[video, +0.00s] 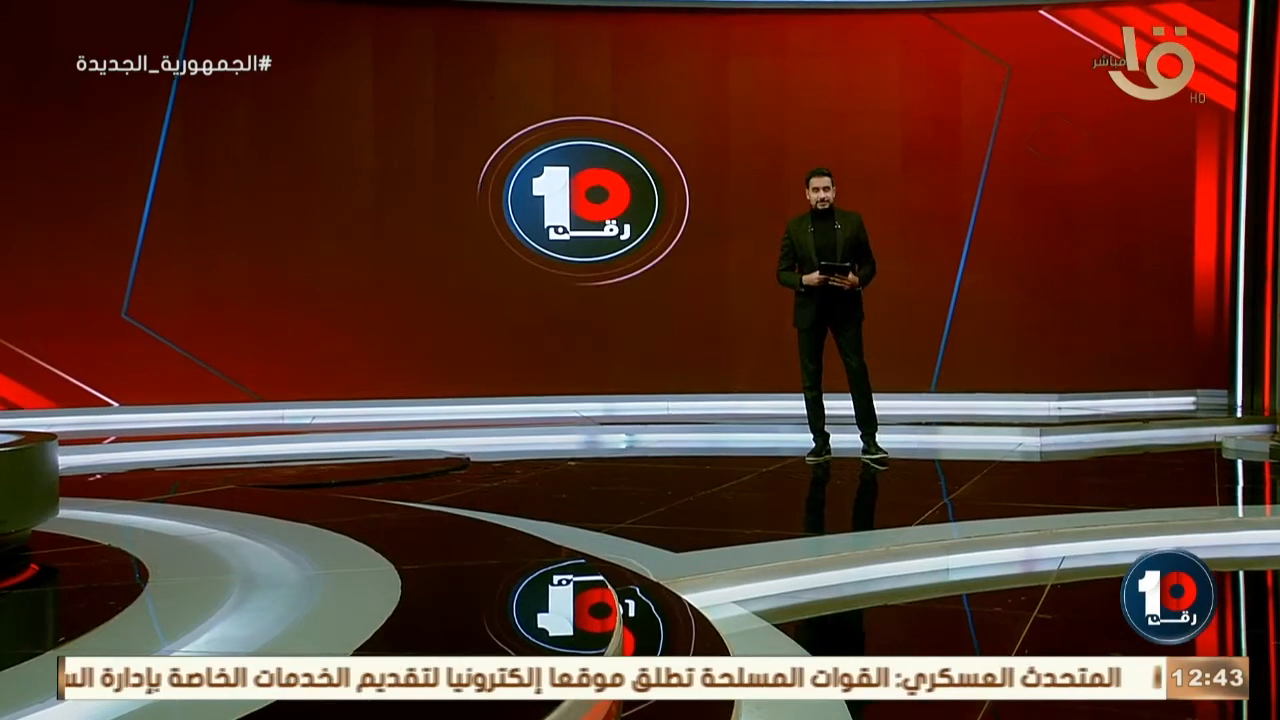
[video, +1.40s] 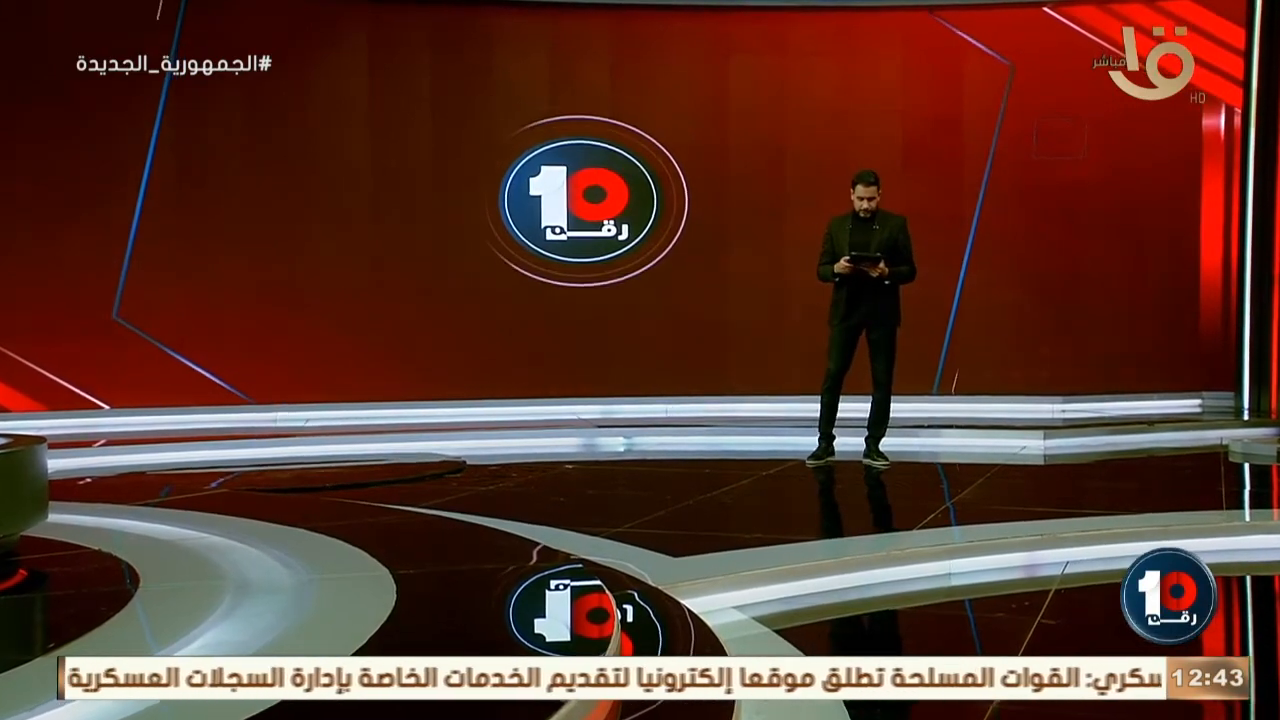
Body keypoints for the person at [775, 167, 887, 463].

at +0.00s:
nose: (822, 194)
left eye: (826, 189)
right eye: (816, 190)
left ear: (834, 191)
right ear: (807, 193)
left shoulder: (852, 222)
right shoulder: (795, 228)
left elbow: (869, 265)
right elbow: (783, 274)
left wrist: (858, 279)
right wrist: (803, 279)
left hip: (846, 310)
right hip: (810, 313)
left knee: (857, 372)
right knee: (811, 379)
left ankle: (869, 441)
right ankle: (820, 442)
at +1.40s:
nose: (866, 205)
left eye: (872, 199)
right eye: (861, 199)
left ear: (879, 197)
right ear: (852, 195)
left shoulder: (895, 225)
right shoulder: (838, 226)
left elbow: (909, 272)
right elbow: (822, 272)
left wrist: (887, 272)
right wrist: (836, 269)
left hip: (882, 315)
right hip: (846, 314)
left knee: (882, 381)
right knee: (833, 375)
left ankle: (873, 447)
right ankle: (825, 443)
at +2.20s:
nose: (868, 206)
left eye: (874, 200)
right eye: (863, 200)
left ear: (882, 198)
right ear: (854, 195)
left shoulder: (897, 226)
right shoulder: (840, 225)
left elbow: (909, 273)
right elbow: (825, 272)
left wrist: (887, 272)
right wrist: (830, 309)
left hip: (882, 317)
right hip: (846, 314)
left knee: (882, 383)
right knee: (835, 376)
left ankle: (873, 449)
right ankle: (828, 446)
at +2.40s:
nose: (864, 206)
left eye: (869, 200)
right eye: (859, 199)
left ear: (878, 197)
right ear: (850, 195)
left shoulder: (893, 226)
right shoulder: (836, 226)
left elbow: (906, 274)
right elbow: (822, 273)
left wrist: (883, 272)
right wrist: (824, 312)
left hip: (880, 317)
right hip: (844, 316)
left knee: (881, 383)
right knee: (833, 378)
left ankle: (873, 449)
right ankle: (825, 446)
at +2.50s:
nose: (860, 204)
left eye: (866, 198)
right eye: (855, 198)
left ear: (874, 196)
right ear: (846, 195)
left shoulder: (889, 225)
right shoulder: (833, 225)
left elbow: (903, 273)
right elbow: (820, 273)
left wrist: (880, 271)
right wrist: (820, 313)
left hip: (877, 316)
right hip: (840, 315)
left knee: (879, 383)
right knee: (830, 379)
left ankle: (873, 449)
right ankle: (824, 447)